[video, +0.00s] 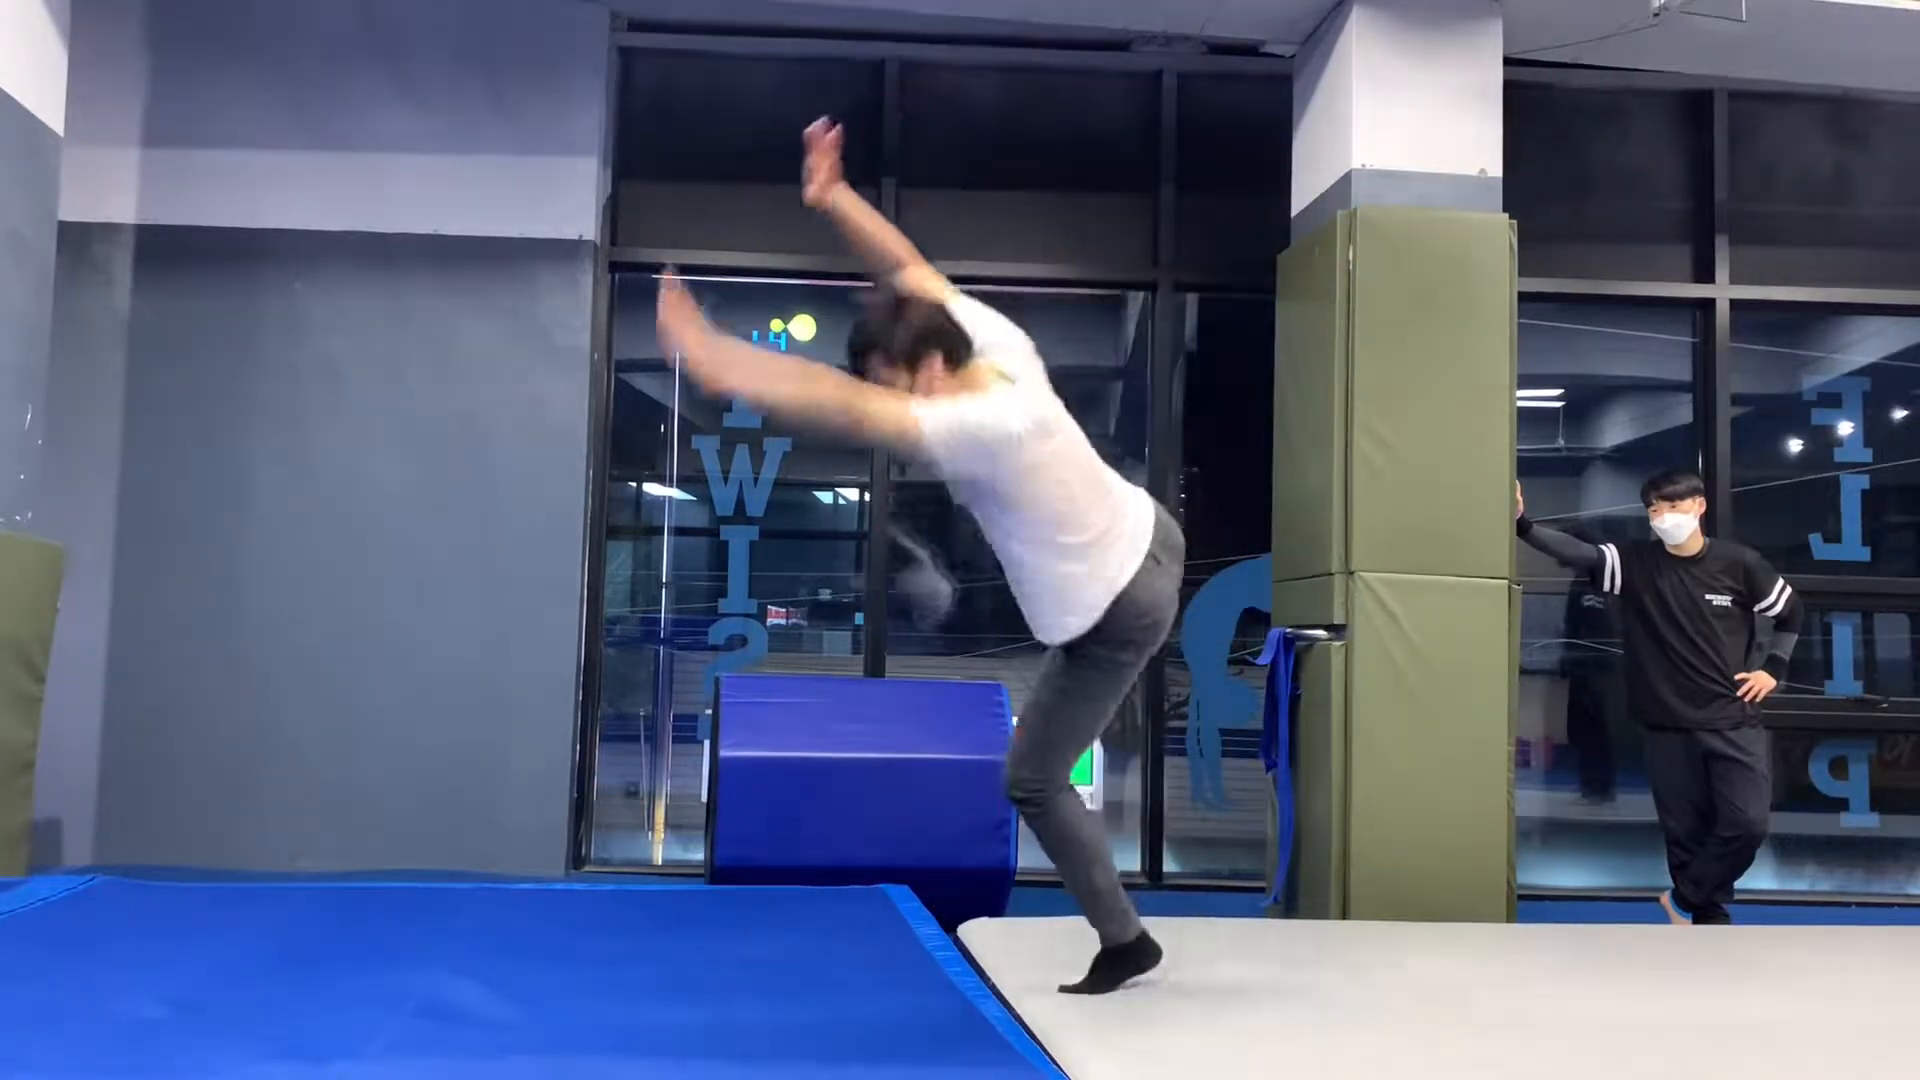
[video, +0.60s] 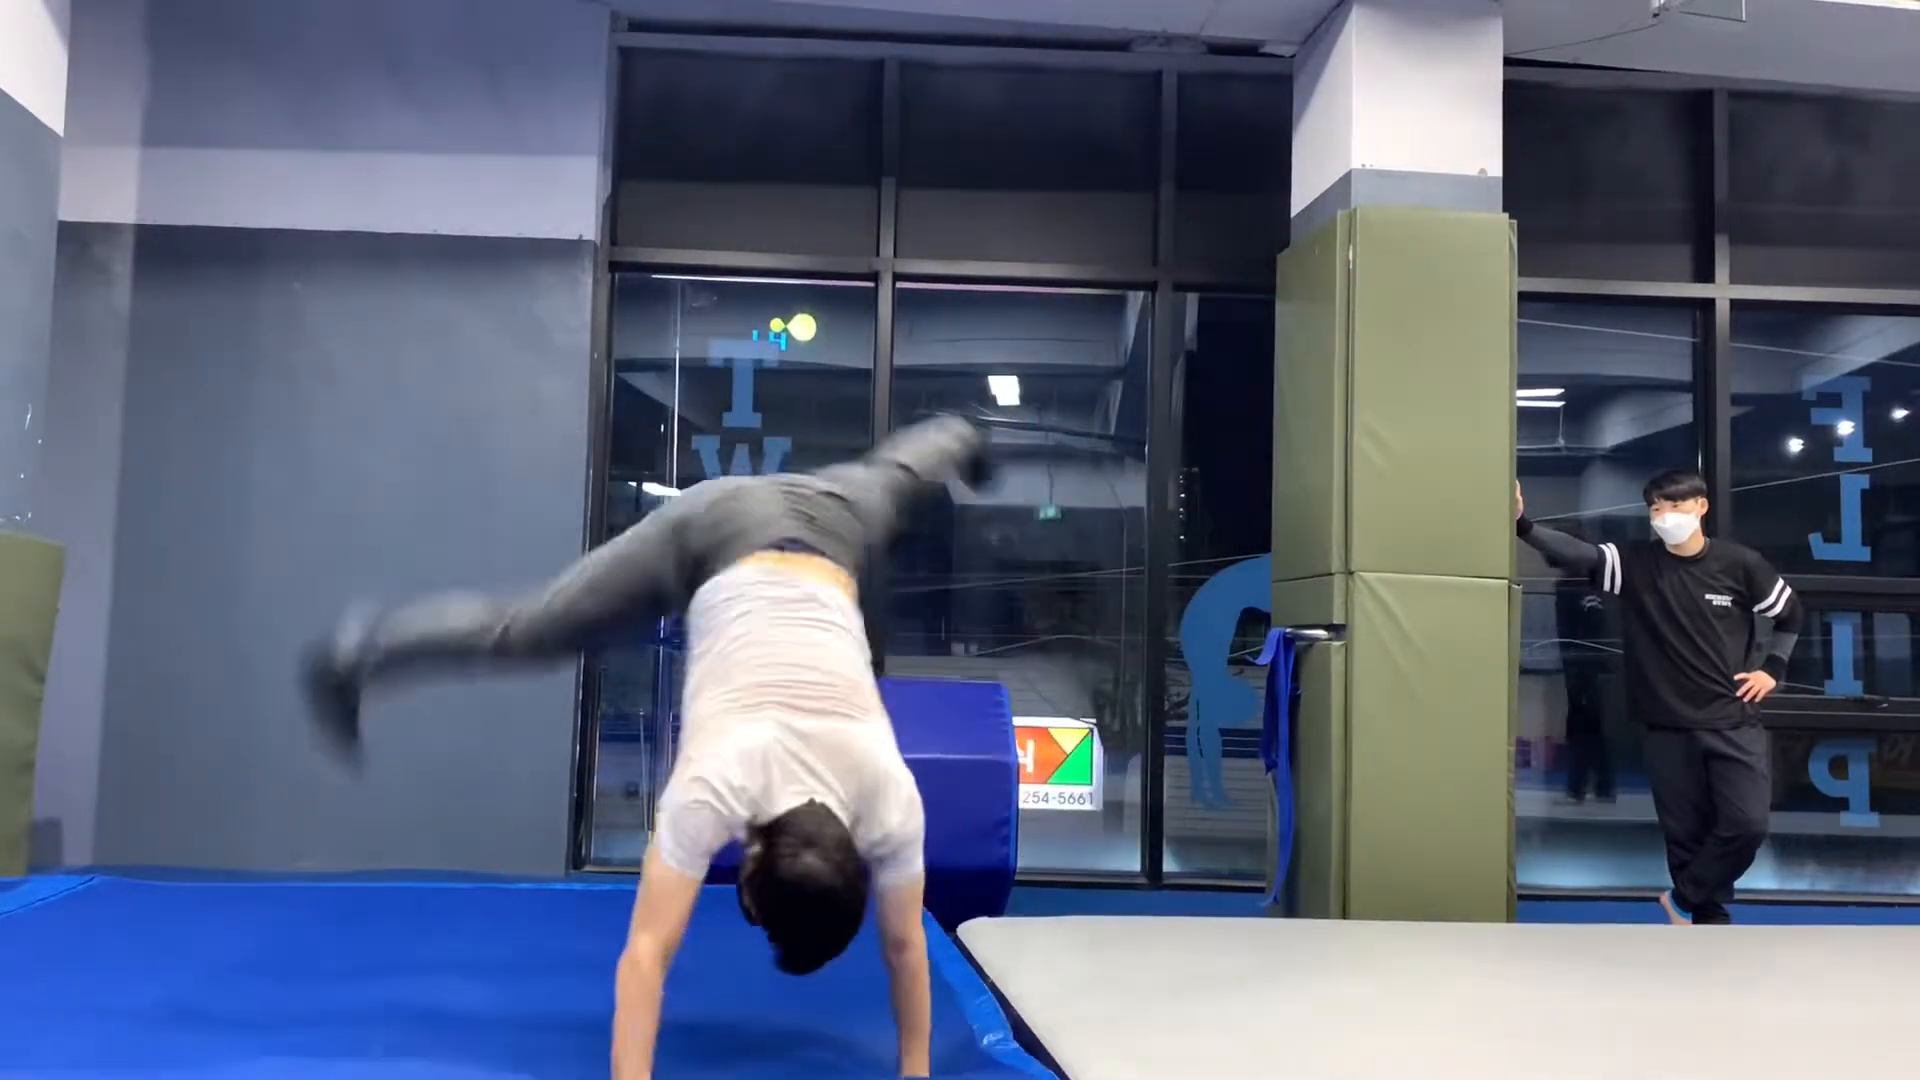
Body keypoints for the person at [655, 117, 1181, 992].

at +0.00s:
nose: (897, 401)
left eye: (897, 385)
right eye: (887, 385)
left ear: (930, 364)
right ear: (933, 345)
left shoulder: (978, 425)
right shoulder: (989, 341)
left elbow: (849, 406)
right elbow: (912, 272)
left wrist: (721, 363)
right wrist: (833, 198)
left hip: (1127, 608)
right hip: (1152, 530)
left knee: (1035, 780)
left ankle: (1124, 938)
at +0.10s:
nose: (895, 474)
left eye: (899, 460)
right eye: (884, 462)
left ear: (938, 438)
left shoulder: (996, 520)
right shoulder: (947, 398)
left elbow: (891, 602)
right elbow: (836, 351)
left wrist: (795, 691)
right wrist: (752, 311)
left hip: (1110, 623)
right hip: (1120, 537)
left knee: (1033, 799)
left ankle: (1130, 954)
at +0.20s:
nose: (884, 568)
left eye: (896, 559)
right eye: (878, 554)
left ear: (940, 550)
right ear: (873, 525)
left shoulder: (994, 612)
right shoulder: (895, 484)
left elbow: (931, 771)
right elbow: (771, 480)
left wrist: (892, 910)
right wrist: (667, 509)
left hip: (1078, 629)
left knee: (1017, 807)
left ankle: (1123, 951)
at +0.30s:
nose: (869, 697)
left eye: (885, 696)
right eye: (864, 682)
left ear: (927, 690)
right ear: (856, 633)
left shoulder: (968, 709)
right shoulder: (859, 570)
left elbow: (938, 867)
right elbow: (745, 650)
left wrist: (922, 1011)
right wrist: (641, 763)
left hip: (1046, 571)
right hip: (974, 499)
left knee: (1039, 771)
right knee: (843, 493)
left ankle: (1116, 935)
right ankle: (816, 452)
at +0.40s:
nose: (826, 827)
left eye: (844, 829)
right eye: (825, 815)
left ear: (904, 800)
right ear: (823, 769)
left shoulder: (936, 782)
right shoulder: (786, 700)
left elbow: (916, 927)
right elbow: (713, 828)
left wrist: (914, 1061)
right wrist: (666, 974)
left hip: (979, 532)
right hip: (888, 480)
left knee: (1045, 679)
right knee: (730, 457)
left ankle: (1152, 796)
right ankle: (659, 374)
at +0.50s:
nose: (816, 923)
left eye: (841, 920)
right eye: (802, 912)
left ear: (884, 867)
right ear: (779, 866)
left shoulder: (916, 816)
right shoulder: (738, 784)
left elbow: (913, 949)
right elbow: (680, 934)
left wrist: (914, 1071)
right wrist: (642, 1071)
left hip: (910, 541)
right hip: (802, 508)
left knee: (1021, 581)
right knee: (622, 503)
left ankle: (1086, 584)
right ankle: (487, 433)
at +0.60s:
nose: (771, 939)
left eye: (802, 944)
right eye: (765, 927)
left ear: (861, 883)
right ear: (752, 874)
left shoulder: (893, 810)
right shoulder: (703, 798)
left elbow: (907, 943)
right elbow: (647, 957)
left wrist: (918, 1069)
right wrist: (632, 1075)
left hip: (835, 520)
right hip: (726, 517)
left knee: (903, 471)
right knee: (527, 630)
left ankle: (958, 433)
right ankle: (357, 652)